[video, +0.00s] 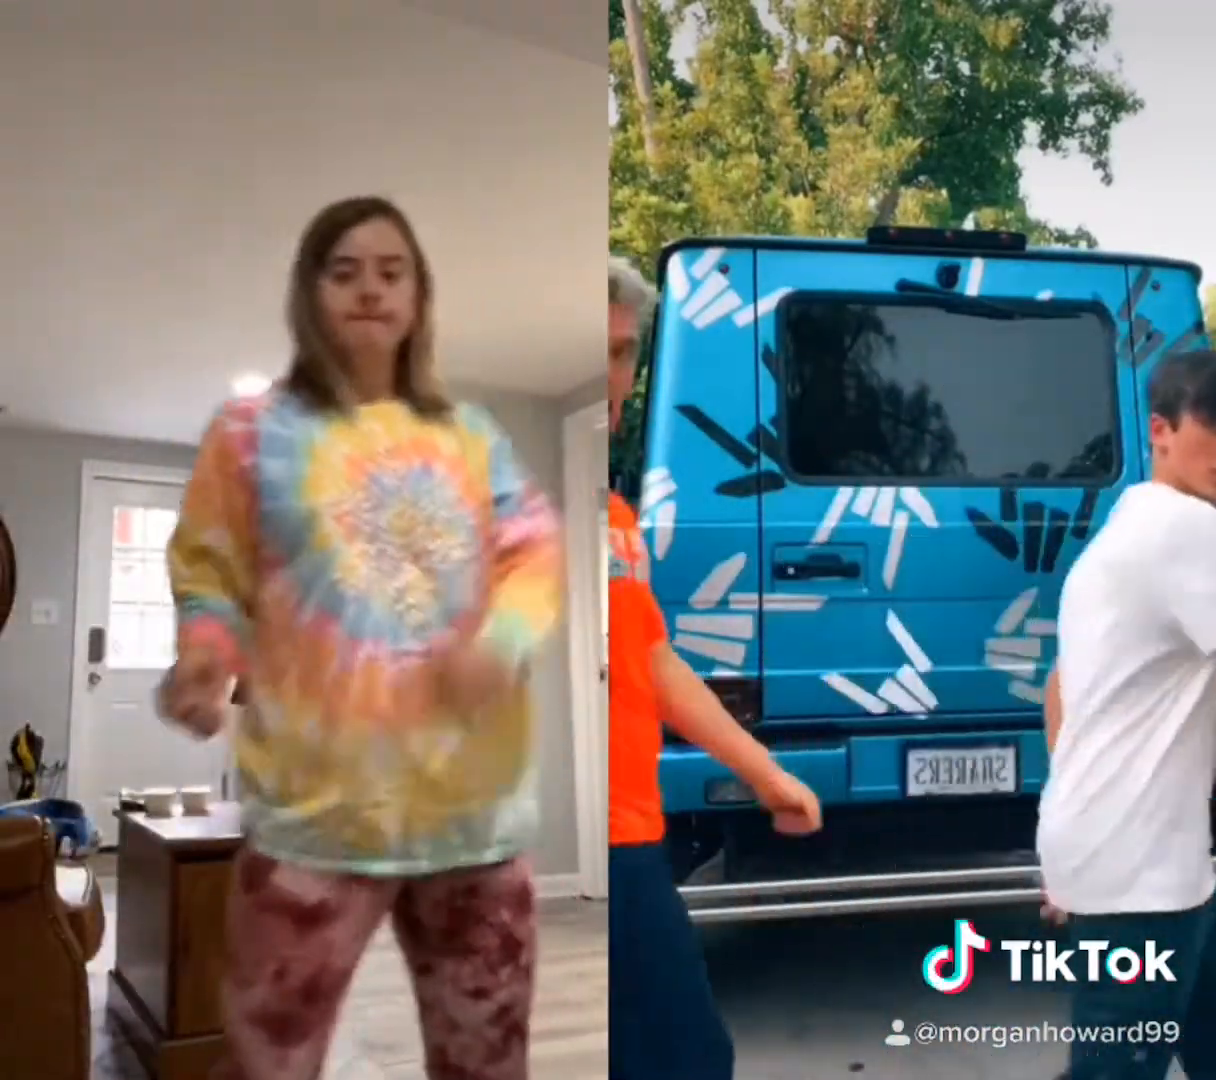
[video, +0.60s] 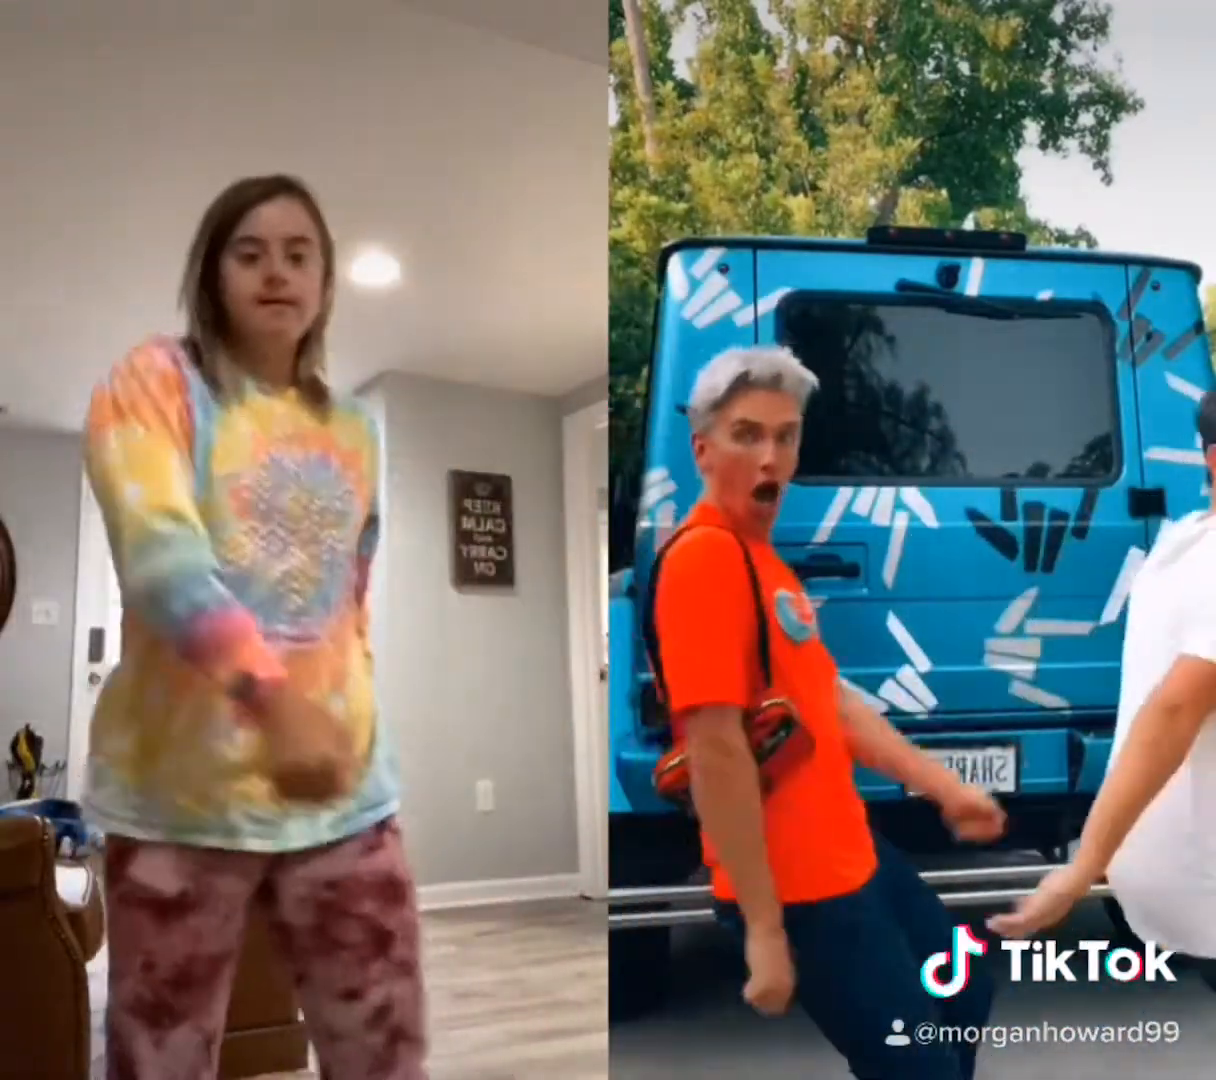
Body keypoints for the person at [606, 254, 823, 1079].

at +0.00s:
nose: (622, 379)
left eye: (628, 355)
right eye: (610, 352)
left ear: (633, 366)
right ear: (562, 355)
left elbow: (654, 661)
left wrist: (764, 773)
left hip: (629, 839)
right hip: (585, 840)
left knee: (679, 1053)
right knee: (694, 1053)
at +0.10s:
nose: (646, 385)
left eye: (665, 363)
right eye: (624, 358)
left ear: (682, 374)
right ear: (582, 365)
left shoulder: (636, 500)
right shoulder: (586, 494)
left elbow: (654, 669)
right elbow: (634, 677)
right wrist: (750, 825)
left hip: (676, 839)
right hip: (645, 844)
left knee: (715, 1049)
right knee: (740, 1055)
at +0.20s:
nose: (694, 390)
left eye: (711, 371)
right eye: (671, 364)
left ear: (726, 384)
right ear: (621, 380)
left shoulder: (666, 492)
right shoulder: (625, 490)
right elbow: (738, 651)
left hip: (716, 832)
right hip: (666, 843)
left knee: (827, 997)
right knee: (777, 1058)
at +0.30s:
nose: (735, 390)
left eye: (751, 370)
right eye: (711, 364)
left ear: (763, 382)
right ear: (661, 378)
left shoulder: (707, 491)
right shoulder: (662, 482)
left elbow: (661, 669)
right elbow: (784, 635)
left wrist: (634, 808)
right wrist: (943, 715)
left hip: (759, 825)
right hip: (707, 839)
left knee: (871, 987)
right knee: (807, 1058)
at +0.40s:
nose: (759, 404)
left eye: (776, 385)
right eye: (738, 380)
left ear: (789, 395)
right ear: (690, 389)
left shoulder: (736, 503)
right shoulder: (690, 495)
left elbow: (728, 686)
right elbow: (801, 653)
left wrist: (680, 816)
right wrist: (939, 752)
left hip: (804, 824)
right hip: (753, 842)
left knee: (912, 1002)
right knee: (855, 1056)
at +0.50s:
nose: (776, 443)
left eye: (792, 423)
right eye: (755, 419)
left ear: (806, 431)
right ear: (707, 427)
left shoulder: (749, 534)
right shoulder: (710, 536)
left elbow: (782, 709)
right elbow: (769, 720)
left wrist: (863, 853)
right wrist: (877, 861)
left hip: (821, 867)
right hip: (790, 879)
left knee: (957, 990)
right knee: (911, 1053)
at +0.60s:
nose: (770, 458)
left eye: (784, 437)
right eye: (747, 435)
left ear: (799, 449)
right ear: (703, 450)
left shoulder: (758, 555)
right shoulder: (703, 557)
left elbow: (827, 697)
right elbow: (714, 747)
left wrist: (944, 787)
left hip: (855, 859)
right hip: (804, 890)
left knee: (963, 986)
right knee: (919, 1056)